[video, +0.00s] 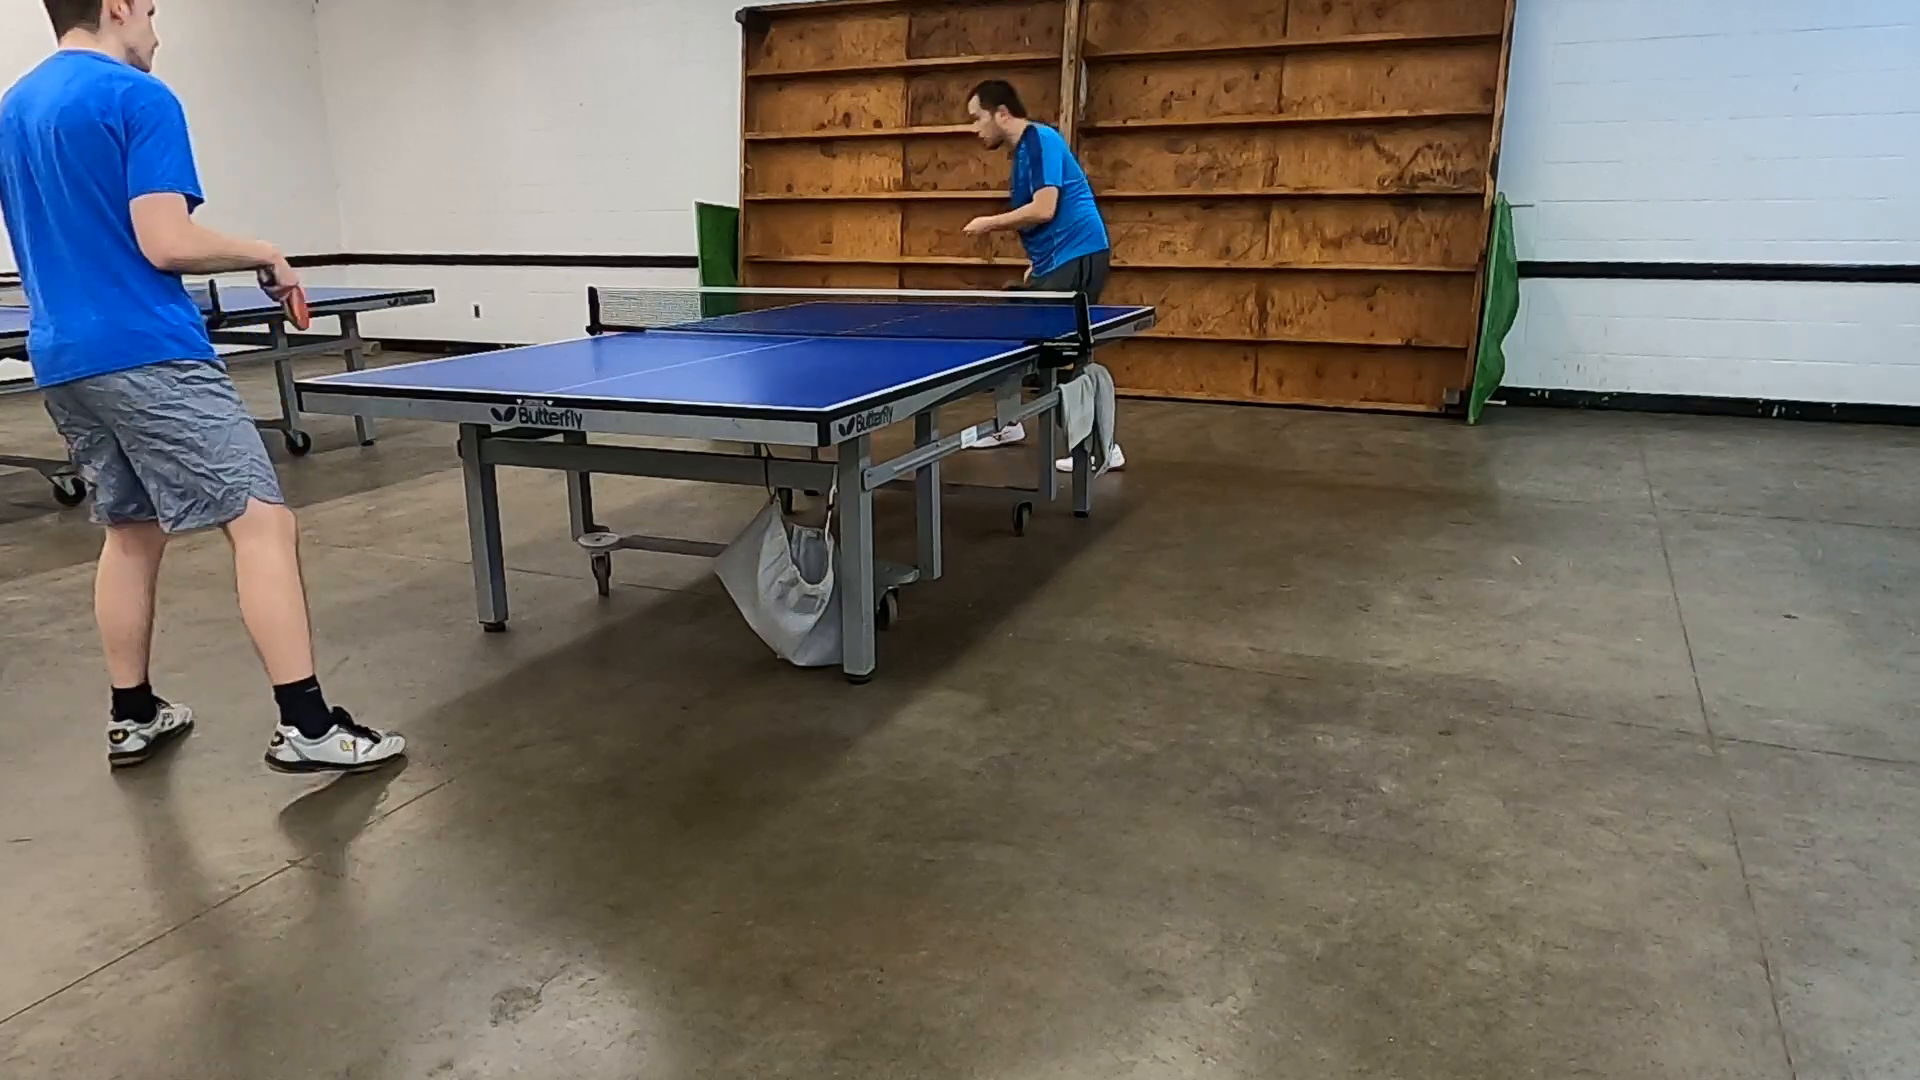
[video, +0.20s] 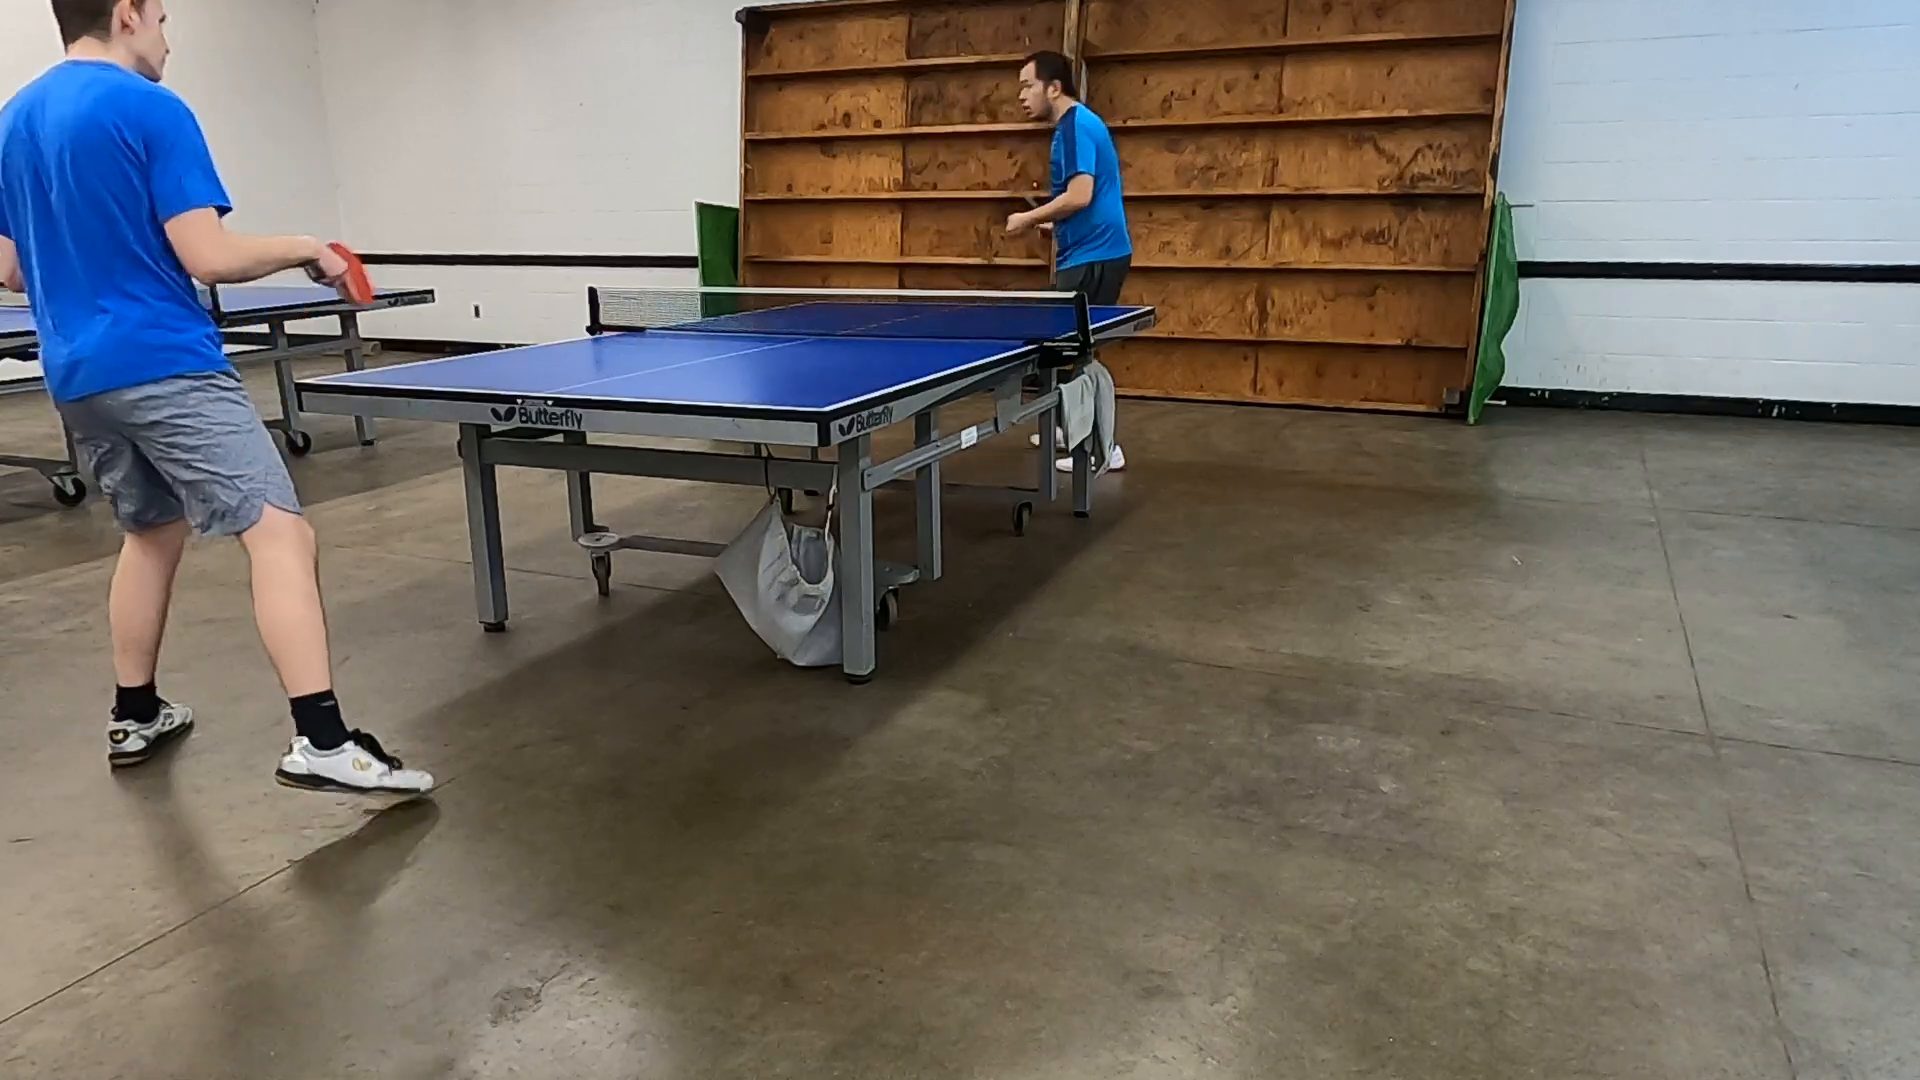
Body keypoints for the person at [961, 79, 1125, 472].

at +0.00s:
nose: (975, 128)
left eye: (977, 118)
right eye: (973, 120)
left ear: (1002, 114)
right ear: (1001, 116)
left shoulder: (1043, 139)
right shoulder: (1020, 155)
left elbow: (1045, 208)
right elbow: (1029, 217)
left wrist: (990, 222)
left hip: (1078, 253)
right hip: (1050, 260)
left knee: (1060, 352)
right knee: (1010, 330)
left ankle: (1099, 445)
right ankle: (1008, 421)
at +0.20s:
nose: (1021, 95)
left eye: (1028, 86)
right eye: (1021, 86)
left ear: (1054, 88)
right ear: (1054, 89)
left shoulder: (1079, 124)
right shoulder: (1071, 125)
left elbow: (1079, 194)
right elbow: (1091, 193)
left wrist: (1030, 217)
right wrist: (1057, 216)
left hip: (1096, 257)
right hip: (1082, 256)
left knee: (1069, 352)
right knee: (1063, 346)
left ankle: (1099, 447)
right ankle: (1070, 426)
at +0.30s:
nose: (1044, 86)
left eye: (1051, 77)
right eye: (1044, 77)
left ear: (1078, 81)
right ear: (1077, 82)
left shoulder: (1095, 121)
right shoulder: (1093, 118)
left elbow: (1099, 189)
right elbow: (1099, 188)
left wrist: (1051, 219)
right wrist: (1064, 208)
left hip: (1104, 256)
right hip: (1098, 254)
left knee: (1079, 350)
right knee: (1086, 344)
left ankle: (1102, 448)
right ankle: (1120, 418)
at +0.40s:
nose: (1065, 81)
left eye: (1072, 72)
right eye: (1065, 73)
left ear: (1100, 77)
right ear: (1097, 80)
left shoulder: (1114, 117)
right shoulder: (1106, 119)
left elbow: (1120, 188)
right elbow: (1116, 191)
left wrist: (1069, 220)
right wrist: (1074, 203)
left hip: (1114, 256)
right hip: (1113, 254)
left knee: (1094, 351)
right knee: (1110, 345)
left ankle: (1102, 447)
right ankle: (1173, 409)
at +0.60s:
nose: (1103, 79)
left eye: (1111, 71)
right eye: (1103, 72)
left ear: (1138, 78)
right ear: (1136, 80)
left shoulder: (1147, 118)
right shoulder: (1148, 120)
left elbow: (1159, 186)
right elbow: (1147, 193)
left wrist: (1102, 219)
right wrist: (1097, 207)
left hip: (1142, 259)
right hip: (1167, 257)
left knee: (1109, 356)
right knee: (1172, 348)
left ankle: (1101, 446)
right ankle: (1228, 433)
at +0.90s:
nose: (1130, 83)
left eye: (1136, 74)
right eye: (1130, 75)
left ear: (1164, 76)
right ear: (1163, 79)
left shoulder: (1181, 114)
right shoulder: (1184, 116)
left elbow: (1184, 182)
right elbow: (1180, 190)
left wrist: (1127, 206)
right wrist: (1132, 211)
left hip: (1191, 253)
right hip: (1208, 251)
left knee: (1155, 347)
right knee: (1203, 349)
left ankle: (1152, 453)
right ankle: (1237, 446)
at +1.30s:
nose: (1101, 152)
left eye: (1103, 142)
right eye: (1098, 144)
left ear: (1130, 132)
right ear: (1132, 133)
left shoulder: (1160, 154)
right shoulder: (1166, 150)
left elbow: (1149, 232)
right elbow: (1156, 228)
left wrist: (1098, 236)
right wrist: (1105, 236)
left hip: (1230, 264)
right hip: (1246, 259)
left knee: (1184, 361)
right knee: (1212, 362)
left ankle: (1216, 466)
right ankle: (1237, 448)